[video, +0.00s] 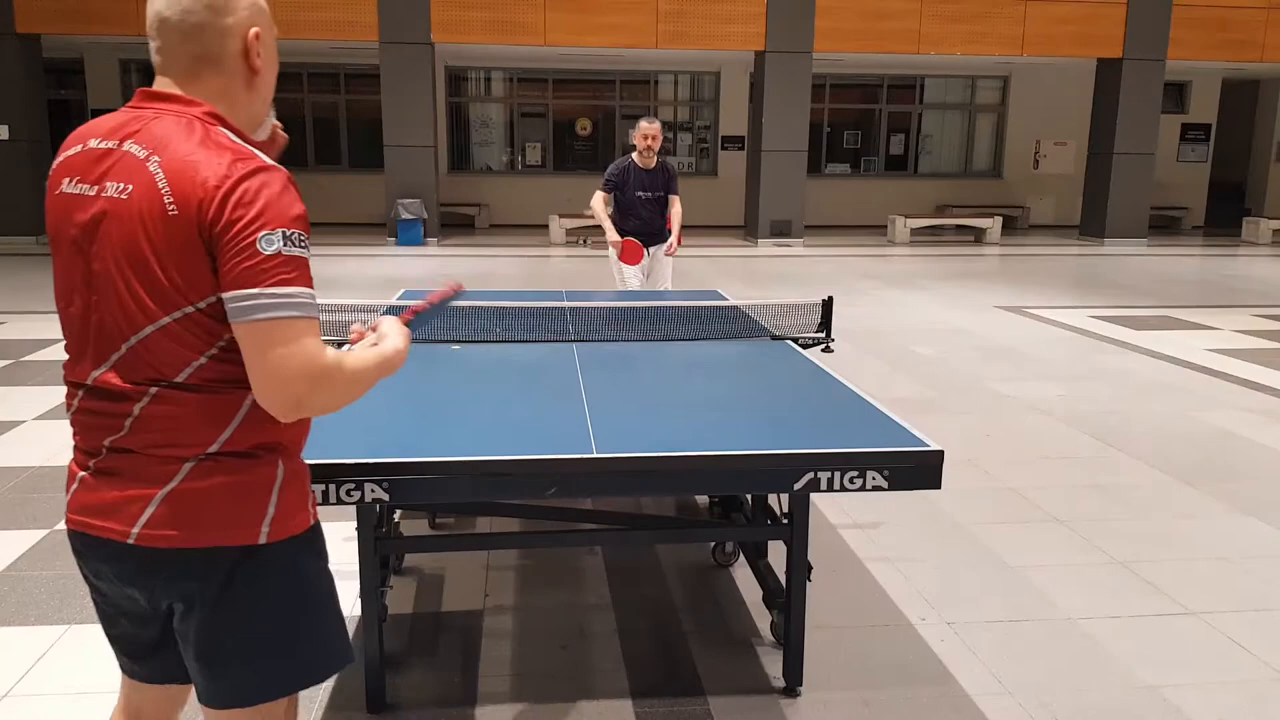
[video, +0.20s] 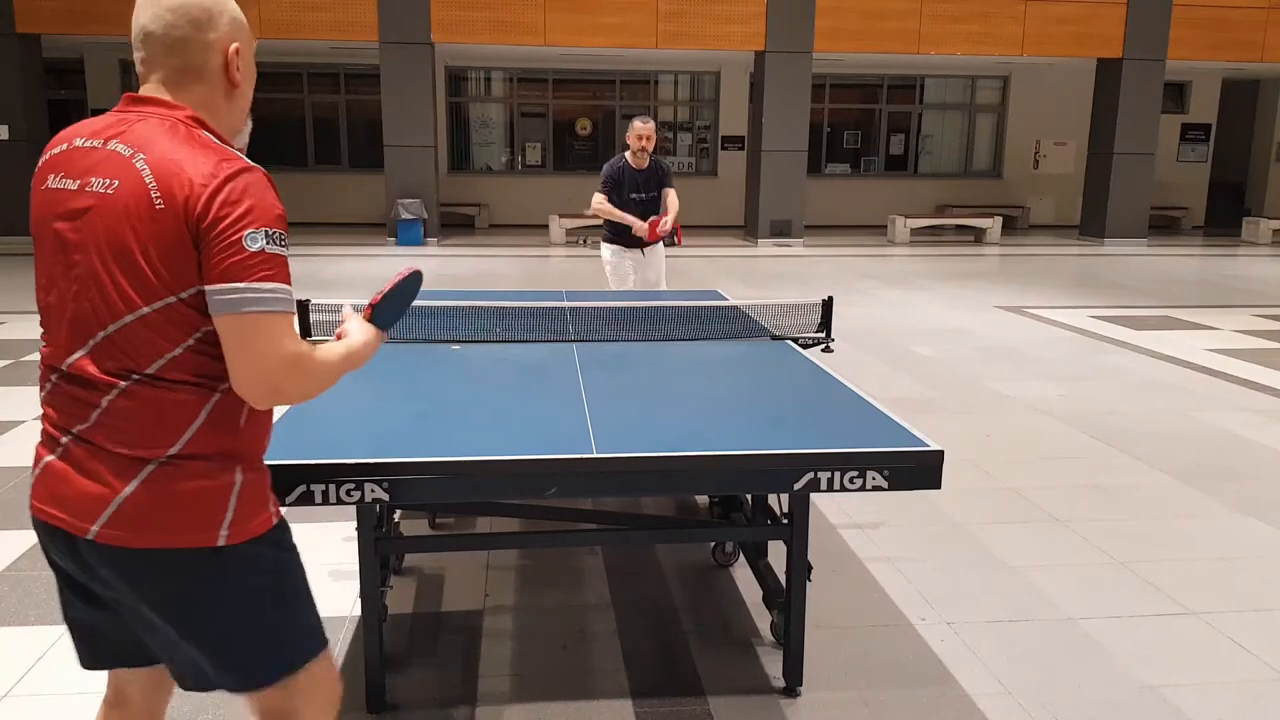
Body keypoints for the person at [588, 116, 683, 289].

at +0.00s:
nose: (649, 143)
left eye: (654, 138)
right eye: (644, 138)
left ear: (661, 139)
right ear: (634, 138)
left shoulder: (668, 170)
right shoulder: (619, 168)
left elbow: (675, 206)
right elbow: (597, 201)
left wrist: (675, 235)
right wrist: (610, 231)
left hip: (660, 247)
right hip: (627, 248)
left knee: (663, 302)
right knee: (632, 303)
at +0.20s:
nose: (644, 144)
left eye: (649, 138)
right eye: (639, 138)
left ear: (655, 140)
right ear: (628, 138)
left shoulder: (662, 168)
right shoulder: (613, 168)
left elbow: (671, 196)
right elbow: (597, 205)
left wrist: (670, 217)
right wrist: (634, 223)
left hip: (652, 247)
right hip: (618, 249)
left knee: (657, 303)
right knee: (626, 305)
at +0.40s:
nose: (640, 143)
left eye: (645, 137)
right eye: (635, 136)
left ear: (651, 138)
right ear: (624, 136)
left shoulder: (655, 165)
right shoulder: (609, 165)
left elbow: (672, 190)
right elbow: (592, 192)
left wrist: (676, 206)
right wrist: (617, 203)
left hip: (649, 245)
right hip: (616, 247)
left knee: (651, 301)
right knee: (620, 304)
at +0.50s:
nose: (640, 142)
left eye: (644, 136)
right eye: (634, 136)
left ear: (651, 137)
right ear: (623, 136)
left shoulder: (655, 165)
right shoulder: (612, 164)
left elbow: (670, 190)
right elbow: (599, 179)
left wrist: (684, 207)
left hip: (647, 245)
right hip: (614, 246)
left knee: (650, 300)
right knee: (621, 302)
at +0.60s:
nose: (641, 142)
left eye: (645, 137)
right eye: (636, 137)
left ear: (651, 138)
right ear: (624, 137)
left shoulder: (655, 167)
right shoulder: (612, 164)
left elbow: (673, 197)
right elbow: (589, 178)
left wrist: (690, 217)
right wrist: (563, 186)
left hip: (648, 245)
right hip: (617, 246)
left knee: (653, 302)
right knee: (624, 305)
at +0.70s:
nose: (643, 144)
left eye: (648, 139)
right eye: (638, 138)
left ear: (654, 141)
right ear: (627, 139)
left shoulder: (657, 172)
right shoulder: (611, 168)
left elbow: (675, 205)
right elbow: (582, 184)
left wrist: (692, 229)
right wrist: (557, 196)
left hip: (648, 248)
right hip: (617, 248)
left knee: (652, 304)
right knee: (623, 305)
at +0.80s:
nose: (645, 146)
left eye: (649, 141)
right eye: (640, 140)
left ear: (655, 144)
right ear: (629, 141)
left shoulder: (659, 174)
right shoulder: (612, 171)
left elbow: (676, 210)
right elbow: (582, 192)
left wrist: (691, 240)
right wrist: (563, 211)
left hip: (648, 249)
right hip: (616, 248)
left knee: (653, 305)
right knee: (621, 304)